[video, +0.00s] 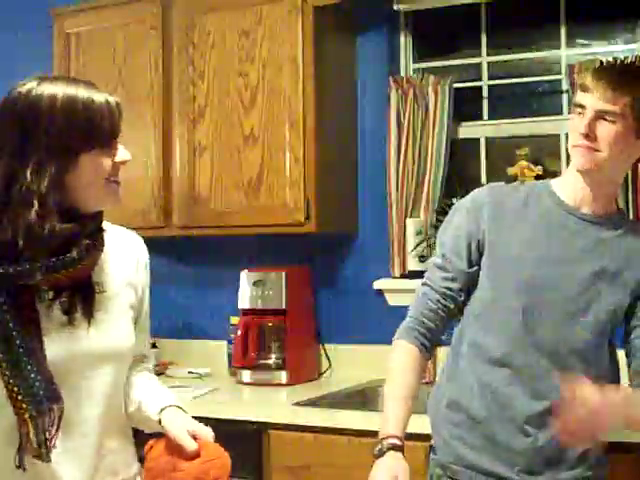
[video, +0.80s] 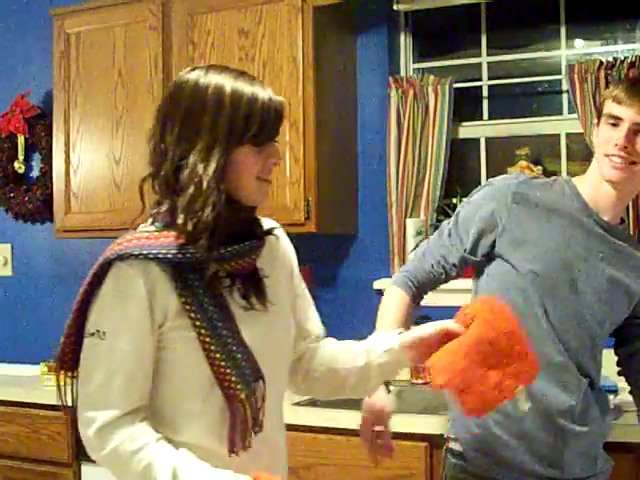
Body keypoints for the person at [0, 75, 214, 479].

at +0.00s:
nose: (123, 156)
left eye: (116, 143)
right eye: (104, 145)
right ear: (45, 160)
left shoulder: (127, 254)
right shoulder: (7, 260)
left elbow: (132, 372)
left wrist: (170, 414)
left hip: (114, 470)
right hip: (24, 471)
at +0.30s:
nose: (169, 163)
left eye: (164, 148)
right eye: (147, 150)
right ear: (88, 160)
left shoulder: (162, 258)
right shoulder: (13, 283)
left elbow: (146, 387)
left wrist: (203, 414)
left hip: (148, 471)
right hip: (43, 470)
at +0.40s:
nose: (195, 165)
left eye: (192, 149)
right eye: (176, 151)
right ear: (121, 157)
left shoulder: (185, 260)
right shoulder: (43, 284)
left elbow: (179, 387)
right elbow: (12, 442)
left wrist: (241, 415)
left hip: (180, 472)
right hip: (84, 470)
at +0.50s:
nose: (218, 162)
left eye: (216, 147)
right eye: (202, 147)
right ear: (147, 152)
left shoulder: (211, 255)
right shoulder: (74, 277)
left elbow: (205, 390)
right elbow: (43, 445)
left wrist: (282, 406)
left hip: (210, 471)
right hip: (122, 471)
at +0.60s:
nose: (239, 162)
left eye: (238, 147)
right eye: (223, 147)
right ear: (169, 152)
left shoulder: (235, 249)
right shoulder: (101, 274)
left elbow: (235, 372)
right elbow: (74, 437)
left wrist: (322, 385)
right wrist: (127, 478)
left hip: (236, 469)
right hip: (150, 468)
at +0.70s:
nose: (258, 163)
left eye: (256, 147)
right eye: (241, 147)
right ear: (188, 151)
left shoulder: (256, 249)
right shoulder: (119, 273)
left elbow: (281, 369)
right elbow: (96, 432)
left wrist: (369, 362)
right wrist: (174, 476)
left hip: (255, 470)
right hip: (173, 470)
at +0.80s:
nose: (275, 158)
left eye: (275, 142)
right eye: (259, 143)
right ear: (206, 150)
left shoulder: (272, 247)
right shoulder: (137, 270)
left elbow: (310, 367)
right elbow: (110, 428)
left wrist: (405, 349)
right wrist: (219, 477)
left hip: (265, 471)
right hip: (176, 476)